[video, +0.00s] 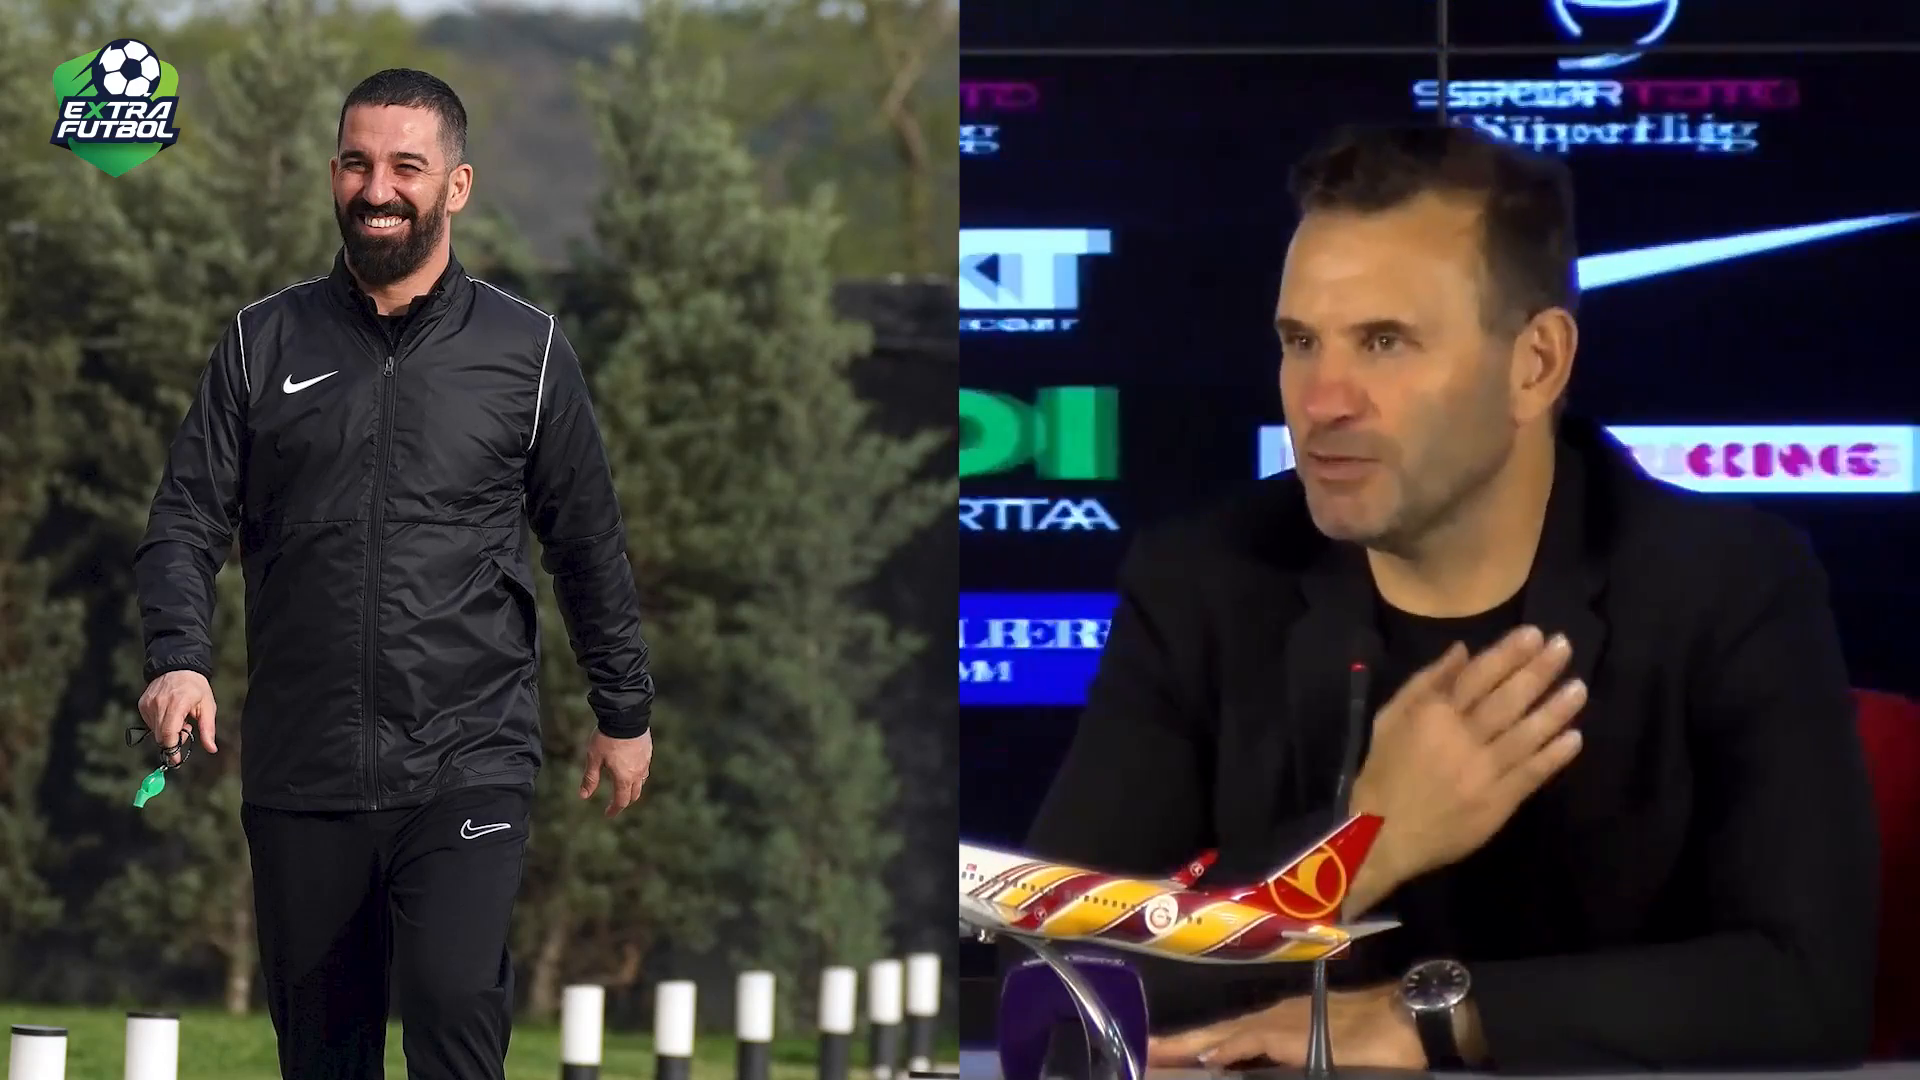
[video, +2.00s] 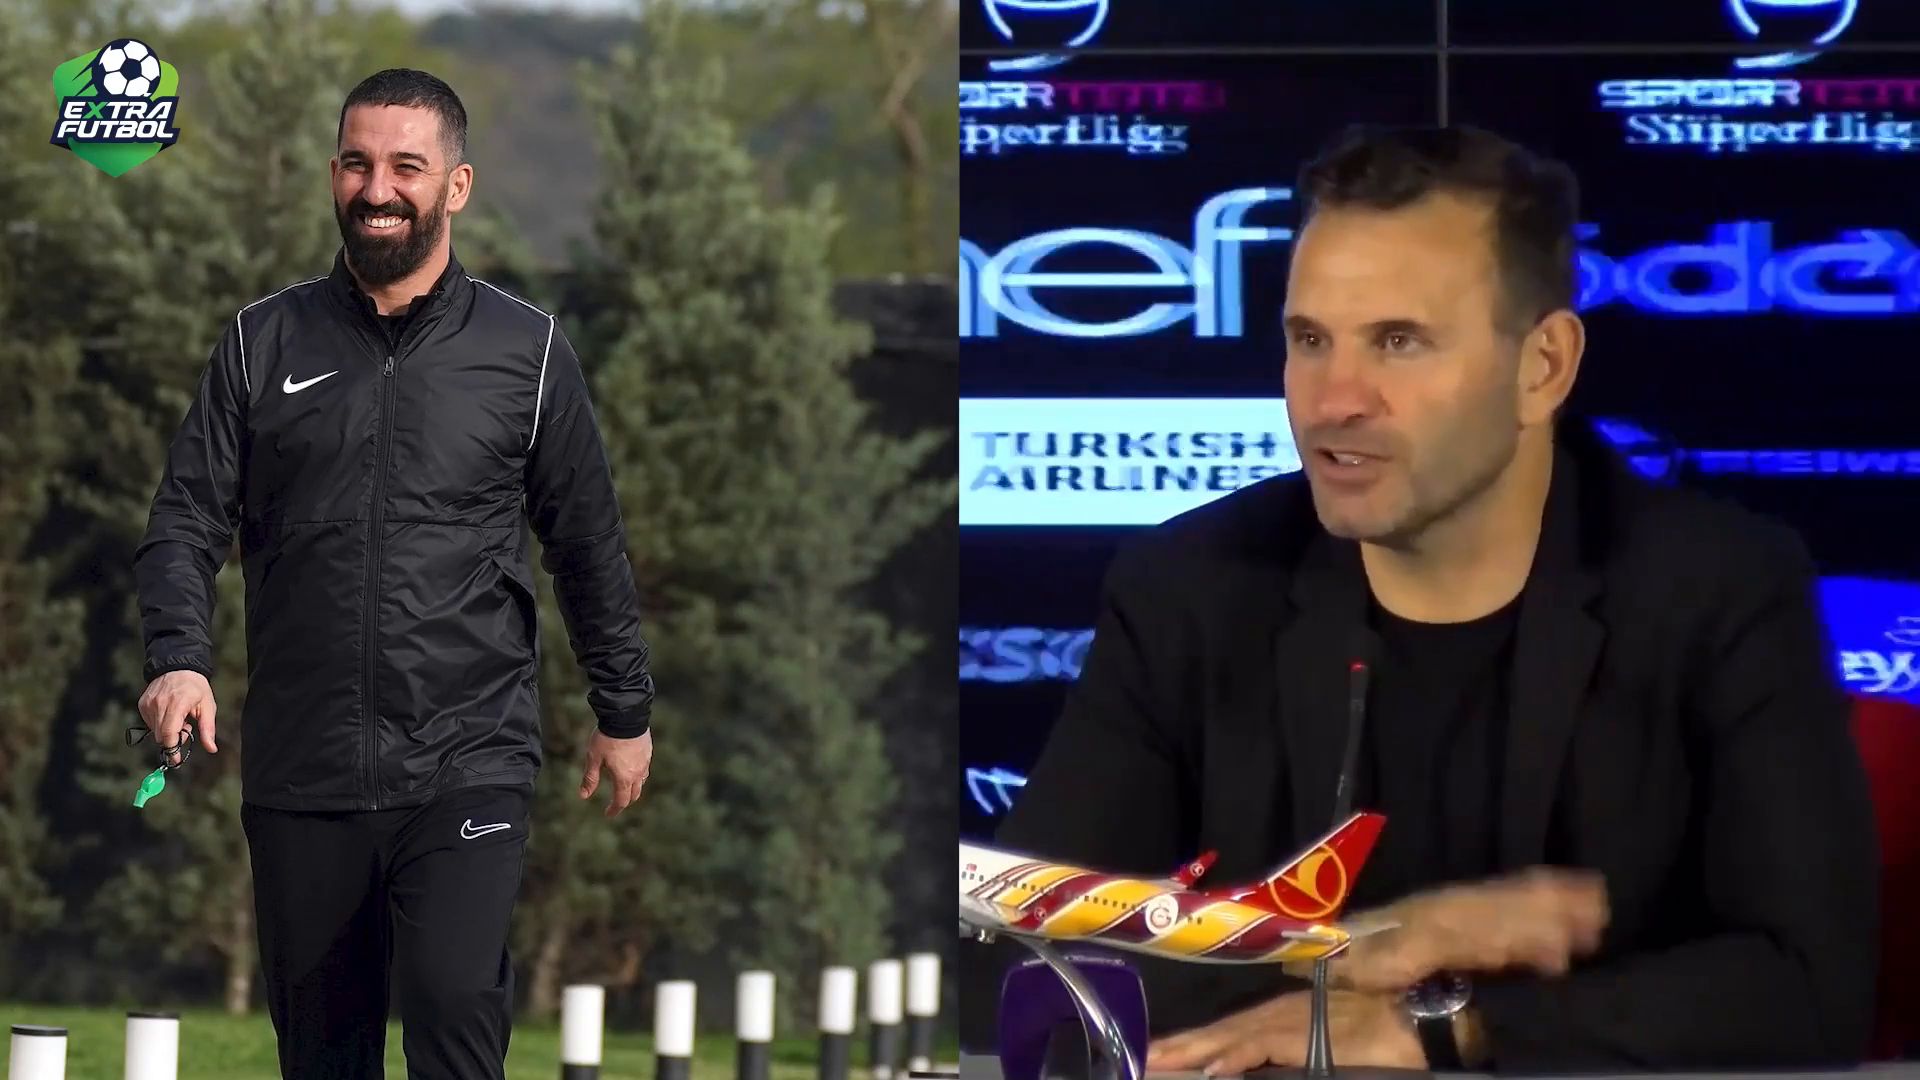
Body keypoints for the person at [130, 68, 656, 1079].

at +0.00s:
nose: (376, 187)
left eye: (405, 164)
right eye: (356, 162)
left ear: (458, 185)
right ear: (334, 176)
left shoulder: (529, 349)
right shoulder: (259, 343)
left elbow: (589, 540)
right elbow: (187, 513)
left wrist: (623, 708)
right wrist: (178, 658)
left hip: (472, 752)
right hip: (302, 755)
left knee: (455, 1018)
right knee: (320, 1042)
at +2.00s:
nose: (376, 187)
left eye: (405, 164)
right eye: (356, 162)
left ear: (458, 185)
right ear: (334, 176)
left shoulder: (529, 349)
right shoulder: (259, 343)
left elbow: (588, 541)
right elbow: (187, 513)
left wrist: (623, 709)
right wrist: (178, 658)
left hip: (472, 752)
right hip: (302, 755)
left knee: (455, 1018)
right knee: (320, 1042)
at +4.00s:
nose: (375, 187)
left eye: (405, 164)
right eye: (356, 162)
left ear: (458, 185)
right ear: (334, 177)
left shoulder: (530, 350)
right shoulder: (259, 342)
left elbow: (588, 541)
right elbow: (187, 513)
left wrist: (623, 708)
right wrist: (177, 658)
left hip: (472, 752)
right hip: (301, 755)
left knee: (455, 1018)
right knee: (320, 1043)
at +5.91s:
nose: (376, 187)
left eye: (405, 164)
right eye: (356, 162)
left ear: (458, 185)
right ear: (334, 177)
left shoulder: (530, 350)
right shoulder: (259, 342)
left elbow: (589, 541)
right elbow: (186, 513)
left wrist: (623, 708)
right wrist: (178, 658)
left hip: (471, 752)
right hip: (301, 755)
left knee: (455, 1020)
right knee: (320, 1043)